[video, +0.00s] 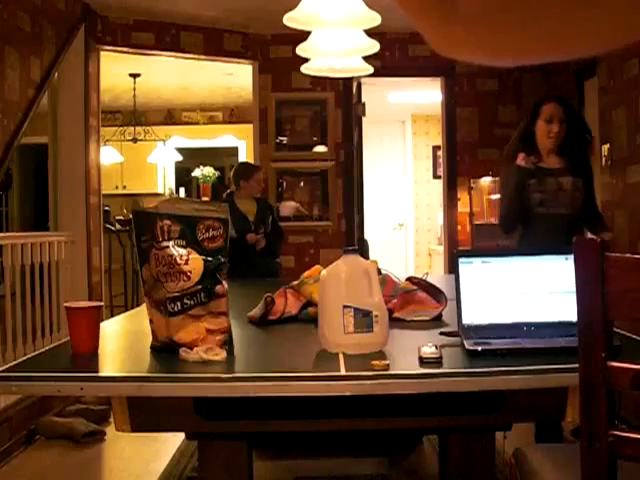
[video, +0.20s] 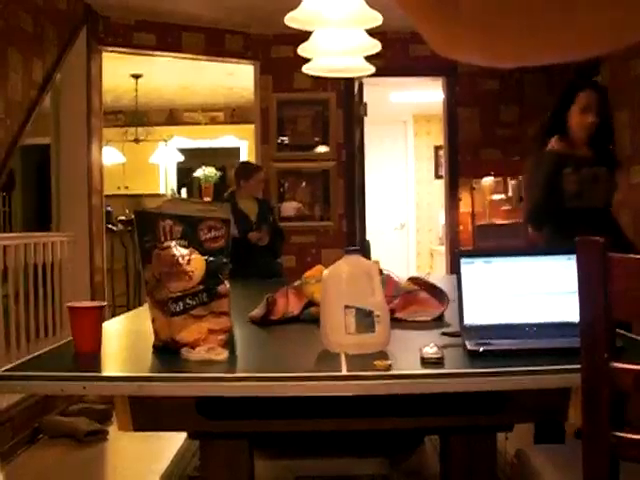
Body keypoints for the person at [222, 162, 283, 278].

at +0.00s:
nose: (262, 186)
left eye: (262, 181)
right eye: (257, 182)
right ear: (243, 183)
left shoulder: (265, 206)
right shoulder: (225, 206)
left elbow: (278, 236)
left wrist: (265, 242)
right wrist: (244, 240)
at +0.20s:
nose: (263, 186)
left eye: (262, 182)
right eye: (259, 182)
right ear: (243, 183)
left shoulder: (265, 205)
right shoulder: (226, 206)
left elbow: (279, 236)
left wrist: (268, 238)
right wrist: (247, 239)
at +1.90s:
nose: (256, 197)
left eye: (260, 193)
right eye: (252, 192)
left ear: (264, 189)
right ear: (241, 187)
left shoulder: (268, 207)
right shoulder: (230, 206)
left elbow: (282, 238)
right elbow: (226, 242)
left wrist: (271, 237)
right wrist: (248, 237)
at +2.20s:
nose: (256, 197)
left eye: (260, 192)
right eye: (252, 192)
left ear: (264, 190)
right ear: (241, 187)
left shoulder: (268, 206)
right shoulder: (230, 206)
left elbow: (282, 237)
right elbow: (227, 241)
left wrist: (270, 237)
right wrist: (248, 237)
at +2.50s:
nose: (256, 197)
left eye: (260, 193)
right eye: (252, 192)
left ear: (264, 190)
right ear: (241, 186)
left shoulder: (268, 207)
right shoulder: (230, 206)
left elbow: (283, 238)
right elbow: (226, 241)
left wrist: (271, 238)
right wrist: (247, 237)